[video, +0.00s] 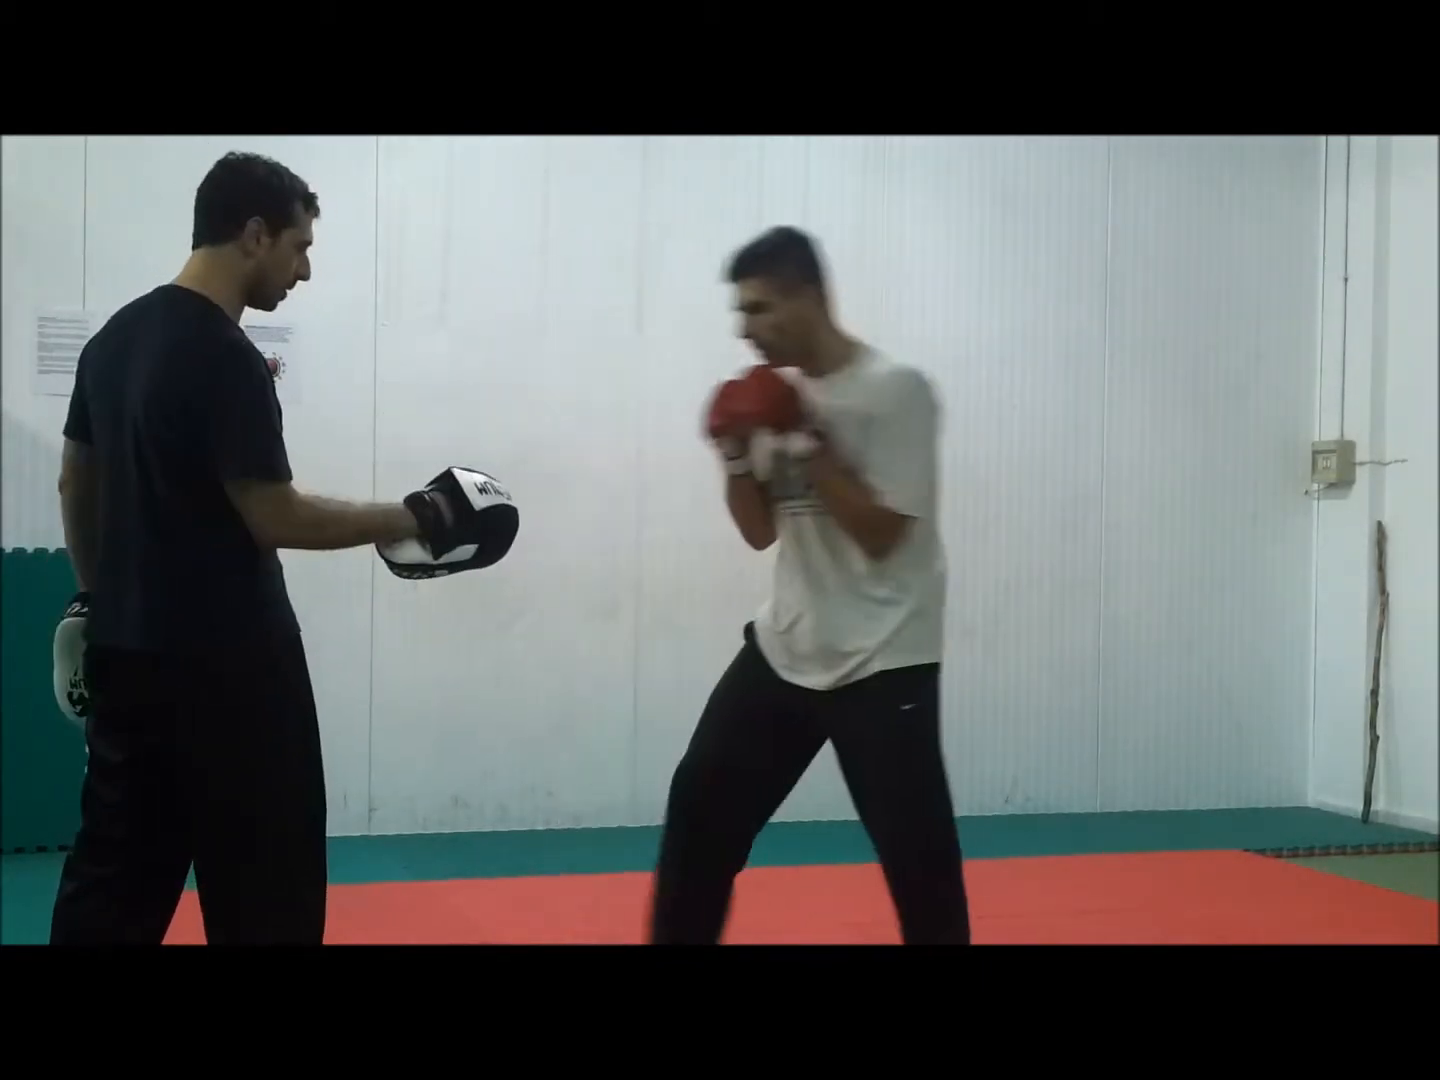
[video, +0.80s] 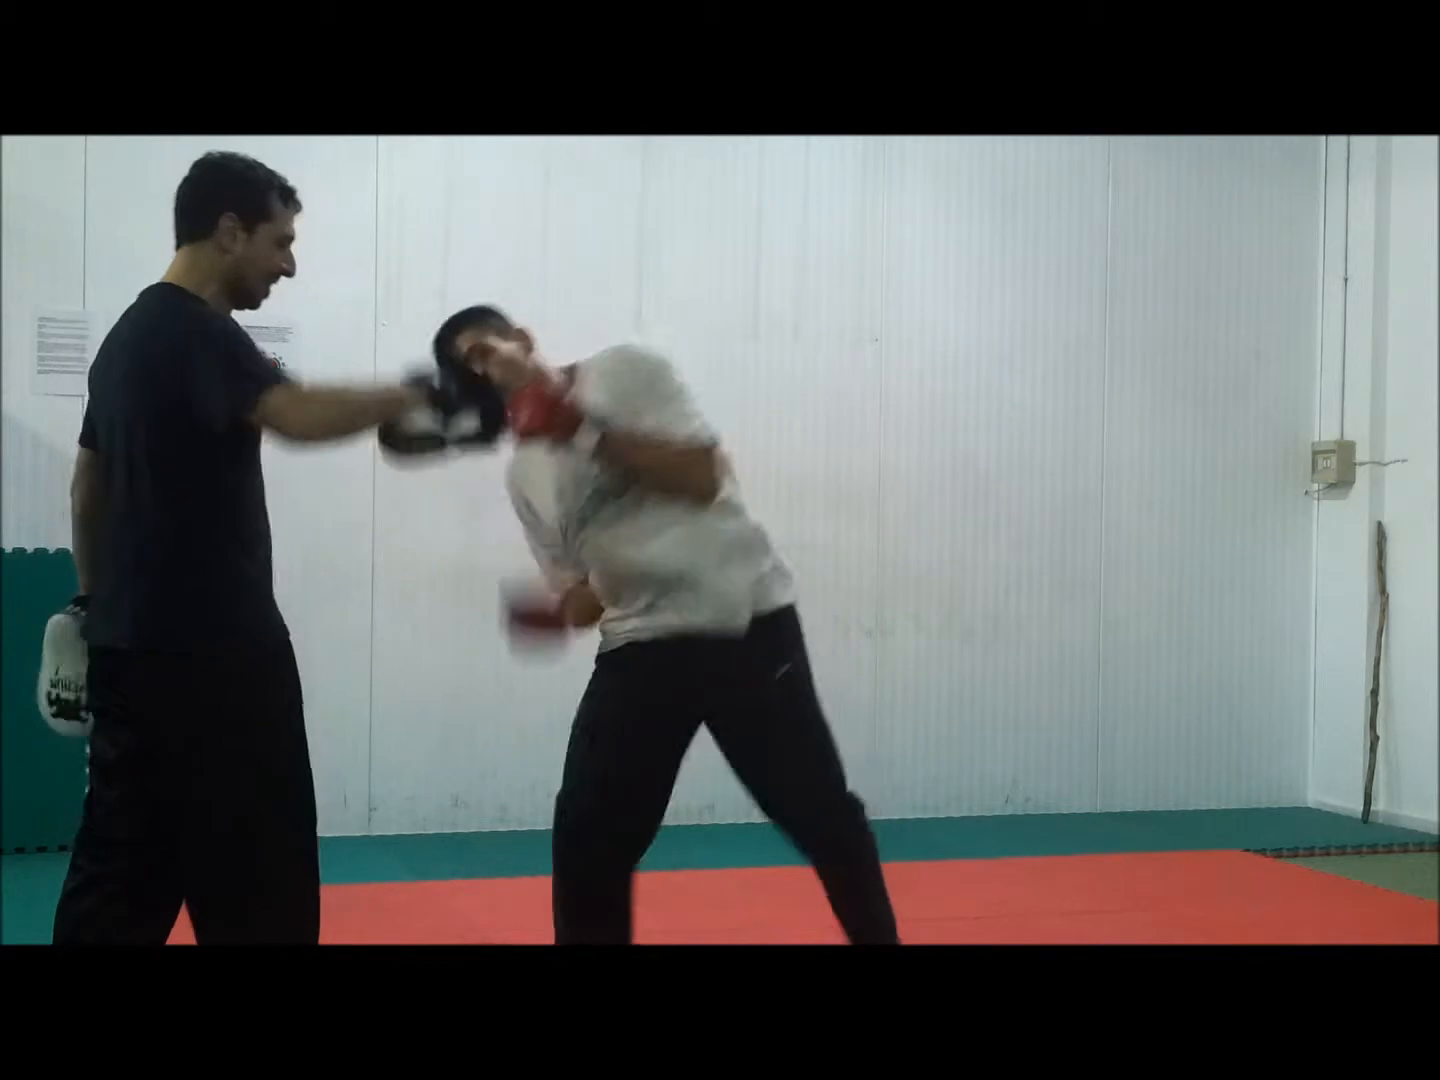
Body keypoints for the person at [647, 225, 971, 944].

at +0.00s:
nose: (746, 329)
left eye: (759, 309)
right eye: (740, 312)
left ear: (811, 297)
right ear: (748, 311)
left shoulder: (895, 390)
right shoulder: (774, 396)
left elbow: (884, 534)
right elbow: (760, 533)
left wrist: (814, 447)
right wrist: (737, 455)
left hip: (883, 657)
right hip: (786, 646)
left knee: (919, 856)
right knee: (701, 805)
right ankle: (678, 942)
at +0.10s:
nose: (705, 332)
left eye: (714, 311)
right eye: (700, 316)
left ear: (765, 295)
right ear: (741, 307)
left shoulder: (850, 382)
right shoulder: (752, 399)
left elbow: (838, 532)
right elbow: (762, 534)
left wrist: (769, 462)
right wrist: (708, 465)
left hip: (863, 658)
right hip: (775, 651)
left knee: (903, 850)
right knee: (693, 829)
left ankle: (933, 945)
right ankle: (642, 943)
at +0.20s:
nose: (647, 358)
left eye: (654, 336)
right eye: (641, 343)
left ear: (702, 318)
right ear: (700, 325)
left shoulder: (749, 390)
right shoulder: (742, 391)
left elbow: (754, 533)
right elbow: (757, 525)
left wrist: (678, 482)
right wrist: (672, 488)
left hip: (817, 655)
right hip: (754, 652)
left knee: (855, 842)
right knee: (677, 836)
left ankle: (919, 943)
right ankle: (632, 945)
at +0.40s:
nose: (562, 393)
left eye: (566, 370)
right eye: (555, 380)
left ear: (612, 343)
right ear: (622, 348)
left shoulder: (649, 397)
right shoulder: (693, 398)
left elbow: (678, 542)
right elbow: (727, 549)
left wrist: (605, 498)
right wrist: (646, 572)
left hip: (766, 649)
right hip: (699, 655)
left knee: (822, 842)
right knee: (619, 833)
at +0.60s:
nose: (536, 335)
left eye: (539, 315)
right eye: (519, 335)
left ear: (575, 305)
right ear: (520, 356)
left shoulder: (675, 361)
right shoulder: (544, 438)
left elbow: (761, 442)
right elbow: (528, 571)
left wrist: (663, 388)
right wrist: (464, 539)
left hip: (777, 606)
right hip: (669, 632)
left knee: (842, 784)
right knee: (635, 840)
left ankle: (893, 935)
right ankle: (613, 941)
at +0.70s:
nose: (503, 357)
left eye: (504, 336)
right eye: (489, 357)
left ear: (543, 321)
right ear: (493, 374)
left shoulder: (652, 357)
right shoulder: (533, 444)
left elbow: (741, 445)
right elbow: (544, 572)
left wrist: (637, 396)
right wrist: (510, 493)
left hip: (759, 598)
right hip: (656, 630)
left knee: (829, 787)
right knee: (618, 829)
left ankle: (892, 936)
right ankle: (611, 946)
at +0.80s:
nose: (484, 365)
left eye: (485, 347)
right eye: (469, 368)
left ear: (523, 338)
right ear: (474, 393)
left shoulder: (623, 372)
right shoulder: (526, 473)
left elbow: (701, 479)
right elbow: (590, 590)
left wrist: (583, 430)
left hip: (746, 625)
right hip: (644, 644)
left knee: (823, 819)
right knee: (588, 838)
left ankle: (878, 937)